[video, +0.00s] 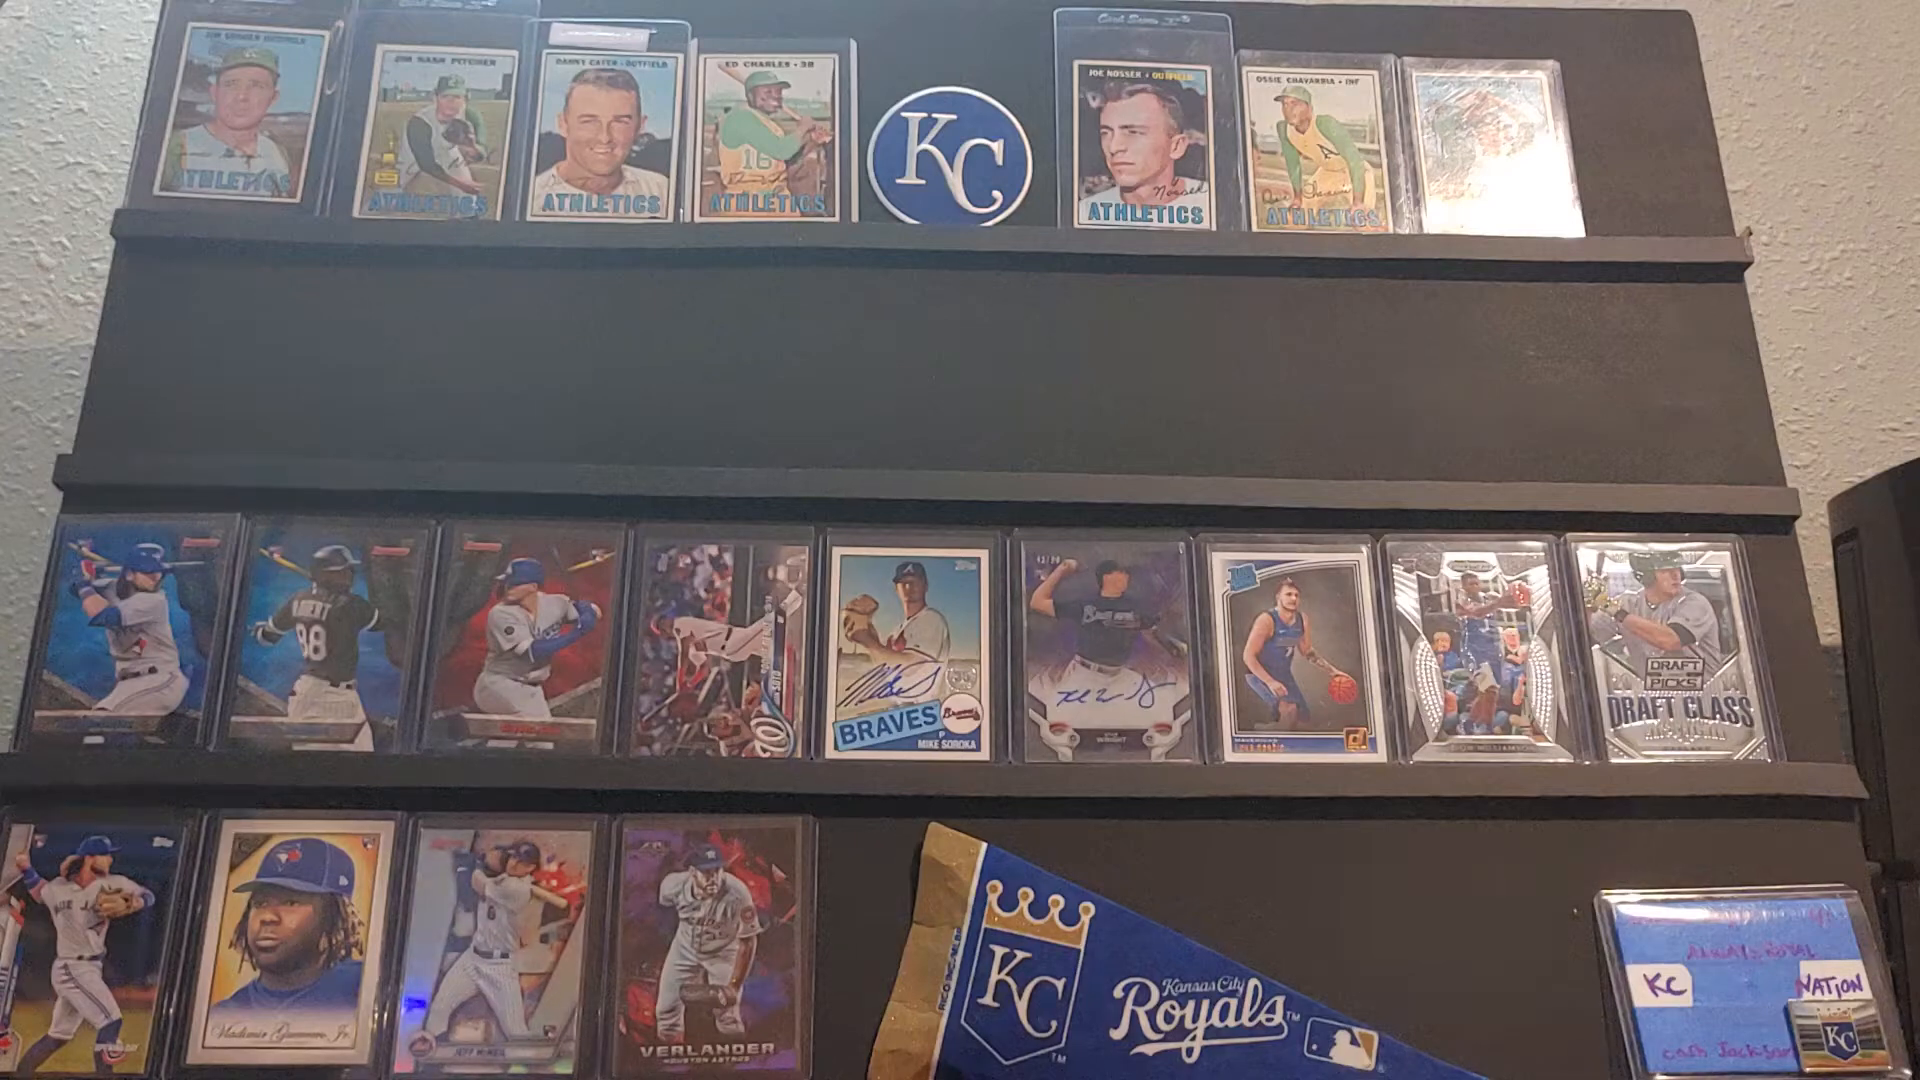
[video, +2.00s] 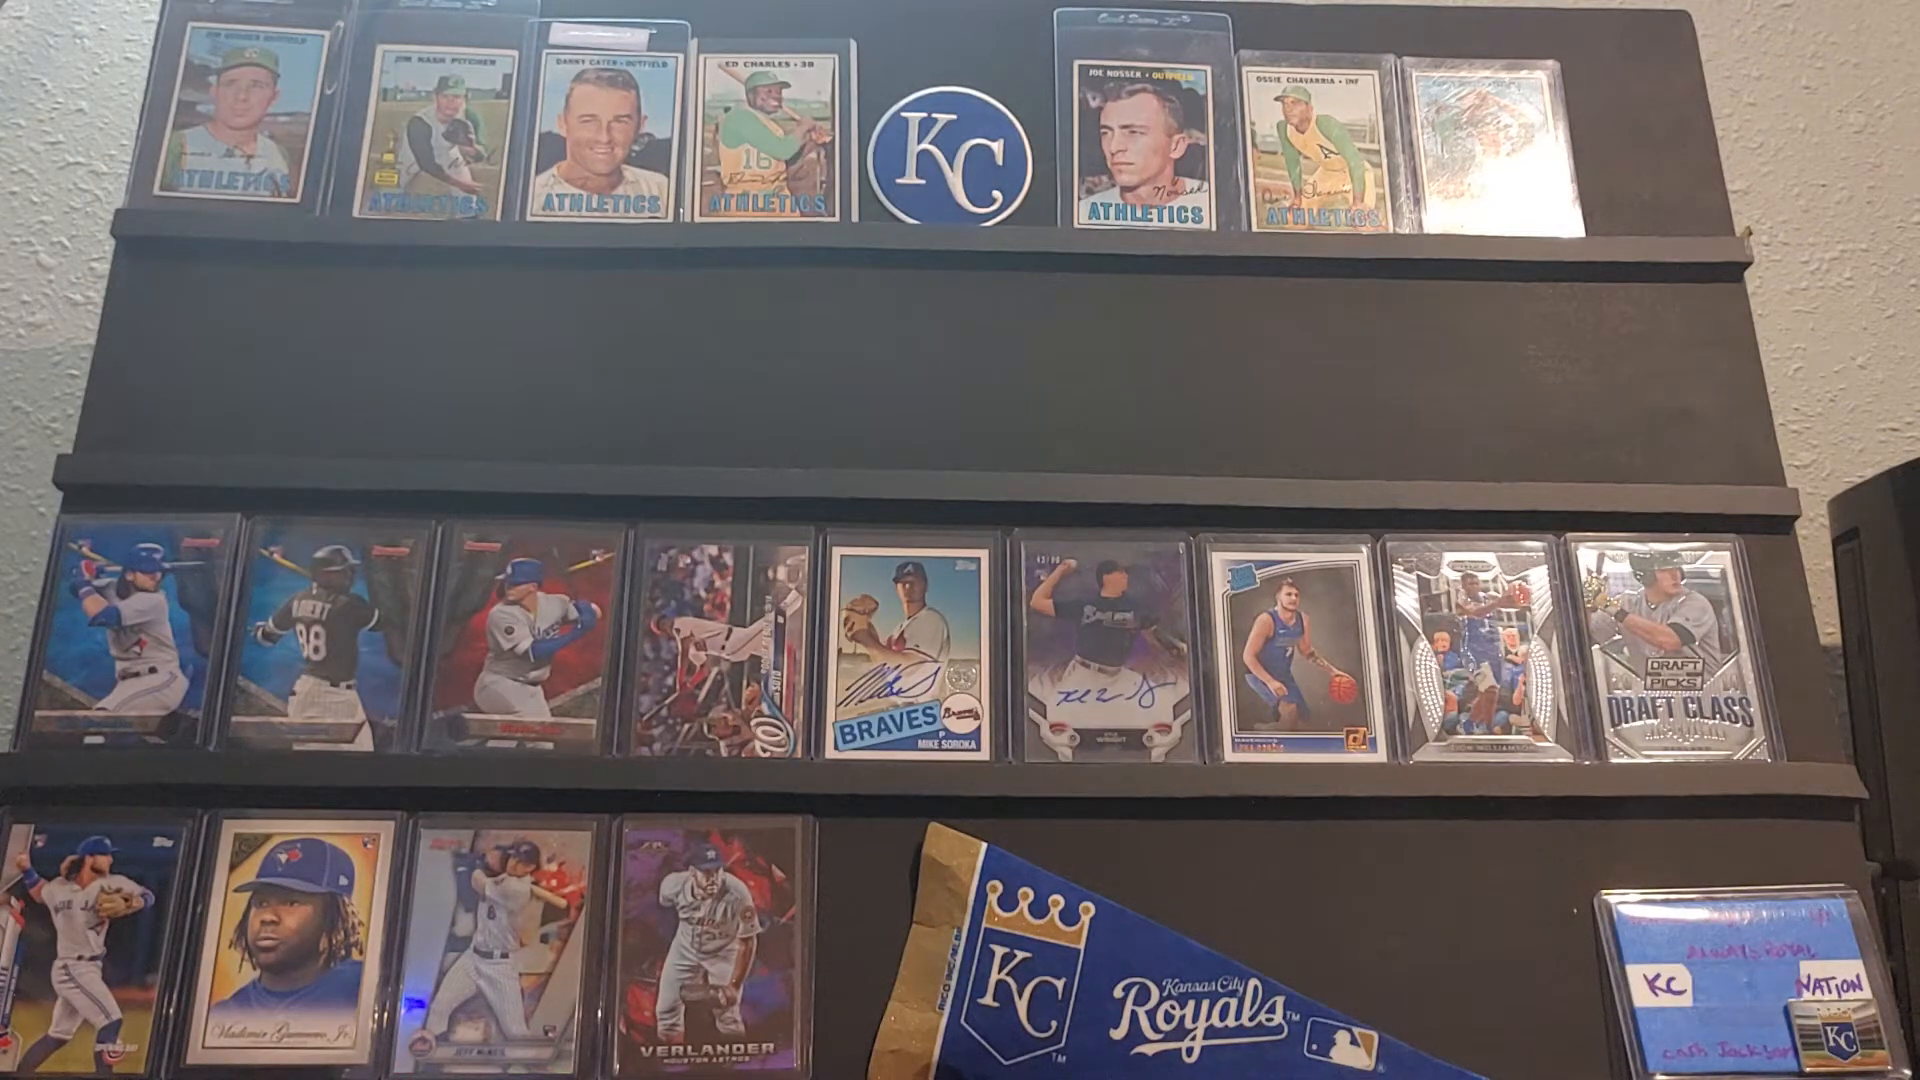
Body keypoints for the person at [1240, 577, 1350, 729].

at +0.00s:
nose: (1293, 599)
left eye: (1296, 595)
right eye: (1288, 595)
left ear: (1299, 599)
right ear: (1278, 598)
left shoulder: (1302, 619)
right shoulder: (1266, 620)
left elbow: (1307, 651)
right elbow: (1248, 656)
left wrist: (1333, 672)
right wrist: (1270, 682)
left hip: (1283, 673)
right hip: (1260, 673)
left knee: (1303, 716)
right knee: (1289, 708)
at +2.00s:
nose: (1293, 599)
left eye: (1296, 595)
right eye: (1288, 595)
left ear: (1299, 598)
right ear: (1278, 598)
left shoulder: (1302, 619)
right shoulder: (1265, 620)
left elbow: (1307, 651)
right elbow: (1248, 656)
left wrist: (1333, 671)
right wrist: (1270, 682)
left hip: (1283, 673)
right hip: (1260, 673)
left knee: (1302, 716)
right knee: (1289, 707)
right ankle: (1284, 750)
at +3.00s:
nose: (1293, 599)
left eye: (1296, 595)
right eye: (1288, 595)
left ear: (1299, 598)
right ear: (1278, 598)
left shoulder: (1302, 619)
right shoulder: (1266, 620)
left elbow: (1307, 650)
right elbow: (1248, 656)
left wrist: (1333, 671)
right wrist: (1270, 681)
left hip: (1283, 672)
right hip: (1260, 672)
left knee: (1301, 713)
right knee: (1289, 706)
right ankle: (1283, 749)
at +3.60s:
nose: (1294, 599)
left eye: (1296, 595)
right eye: (1288, 595)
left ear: (1300, 598)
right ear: (1278, 597)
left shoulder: (1302, 619)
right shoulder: (1266, 620)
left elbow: (1307, 650)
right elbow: (1248, 656)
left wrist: (1333, 671)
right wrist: (1270, 681)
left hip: (1283, 673)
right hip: (1260, 673)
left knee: (1301, 713)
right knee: (1289, 706)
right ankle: (1283, 748)